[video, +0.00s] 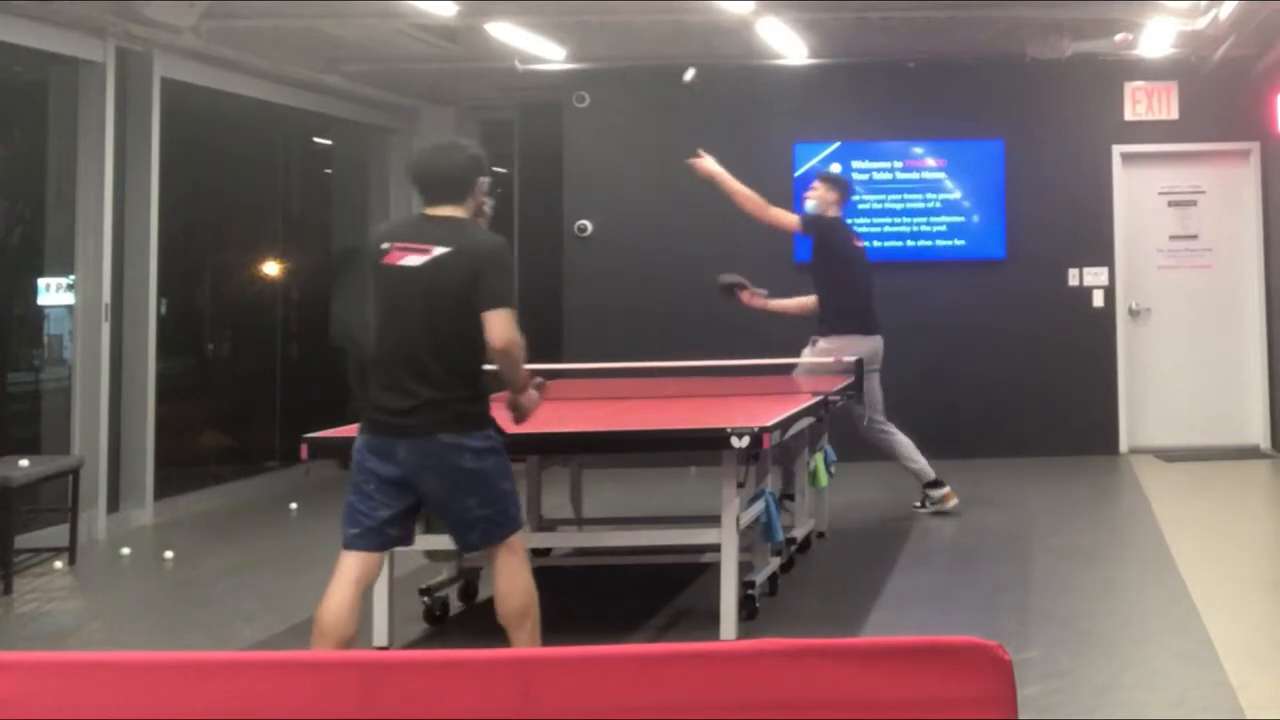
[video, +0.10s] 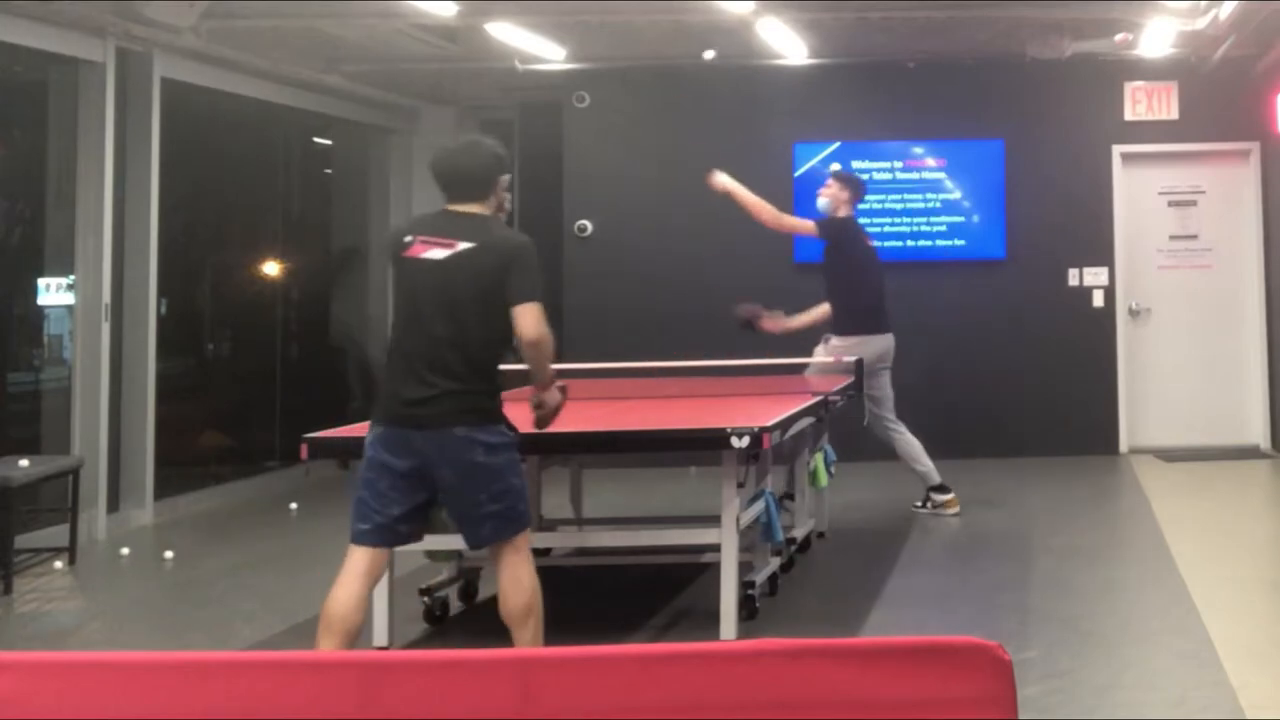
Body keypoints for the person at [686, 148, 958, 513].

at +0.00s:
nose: (808, 192)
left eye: (817, 187)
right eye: (811, 187)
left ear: (836, 198)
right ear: (834, 200)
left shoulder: (825, 227)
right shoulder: (848, 239)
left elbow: (763, 211)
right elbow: (822, 302)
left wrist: (717, 173)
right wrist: (766, 302)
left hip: (835, 345)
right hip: (868, 344)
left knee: (796, 420)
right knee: (874, 422)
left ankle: (790, 502)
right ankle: (935, 486)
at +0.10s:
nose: (821, 190)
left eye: (829, 185)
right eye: (824, 184)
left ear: (847, 197)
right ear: (846, 199)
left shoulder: (838, 229)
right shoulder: (857, 237)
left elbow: (775, 220)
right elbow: (840, 301)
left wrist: (730, 185)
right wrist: (788, 323)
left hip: (848, 342)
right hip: (880, 341)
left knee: (806, 413)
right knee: (885, 420)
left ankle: (788, 497)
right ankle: (939, 490)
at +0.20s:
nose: (829, 188)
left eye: (838, 184)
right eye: (832, 182)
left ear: (855, 196)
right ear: (852, 198)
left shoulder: (846, 230)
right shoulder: (863, 234)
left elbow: (790, 238)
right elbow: (862, 300)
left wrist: (747, 212)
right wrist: (826, 341)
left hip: (862, 342)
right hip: (888, 339)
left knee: (814, 411)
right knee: (887, 421)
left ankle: (795, 494)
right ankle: (939, 490)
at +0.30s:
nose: (832, 189)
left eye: (841, 185)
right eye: (835, 184)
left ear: (857, 197)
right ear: (855, 200)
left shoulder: (852, 230)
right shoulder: (868, 234)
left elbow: (817, 260)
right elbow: (874, 290)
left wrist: (768, 246)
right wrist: (854, 335)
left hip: (868, 342)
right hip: (894, 341)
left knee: (824, 416)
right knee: (888, 421)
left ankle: (797, 495)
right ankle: (939, 489)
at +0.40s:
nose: (830, 191)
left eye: (840, 187)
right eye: (833, 186)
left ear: (856, 199)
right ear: (852, 202)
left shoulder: (853, 233)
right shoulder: (867, 236)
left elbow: (846, 276)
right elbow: (902, 295)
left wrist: (793, 285)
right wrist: (898, 330)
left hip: (872, 344)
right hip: (898, 342)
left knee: (827, 417)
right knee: (889, 422)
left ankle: (793, 490)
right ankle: (938, 489)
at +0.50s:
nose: (825, 196)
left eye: (834, 191)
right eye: (827, 190)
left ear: (852, 201)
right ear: (851, 205)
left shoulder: (851, 237)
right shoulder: (868, 238)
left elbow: (868, 286)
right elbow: (913, 287)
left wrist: (826, 314)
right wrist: (898, 326)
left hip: (872, 344)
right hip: (899, 342)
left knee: (828, 417)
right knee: (887, 421)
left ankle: (797, 493)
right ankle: (938, 490)